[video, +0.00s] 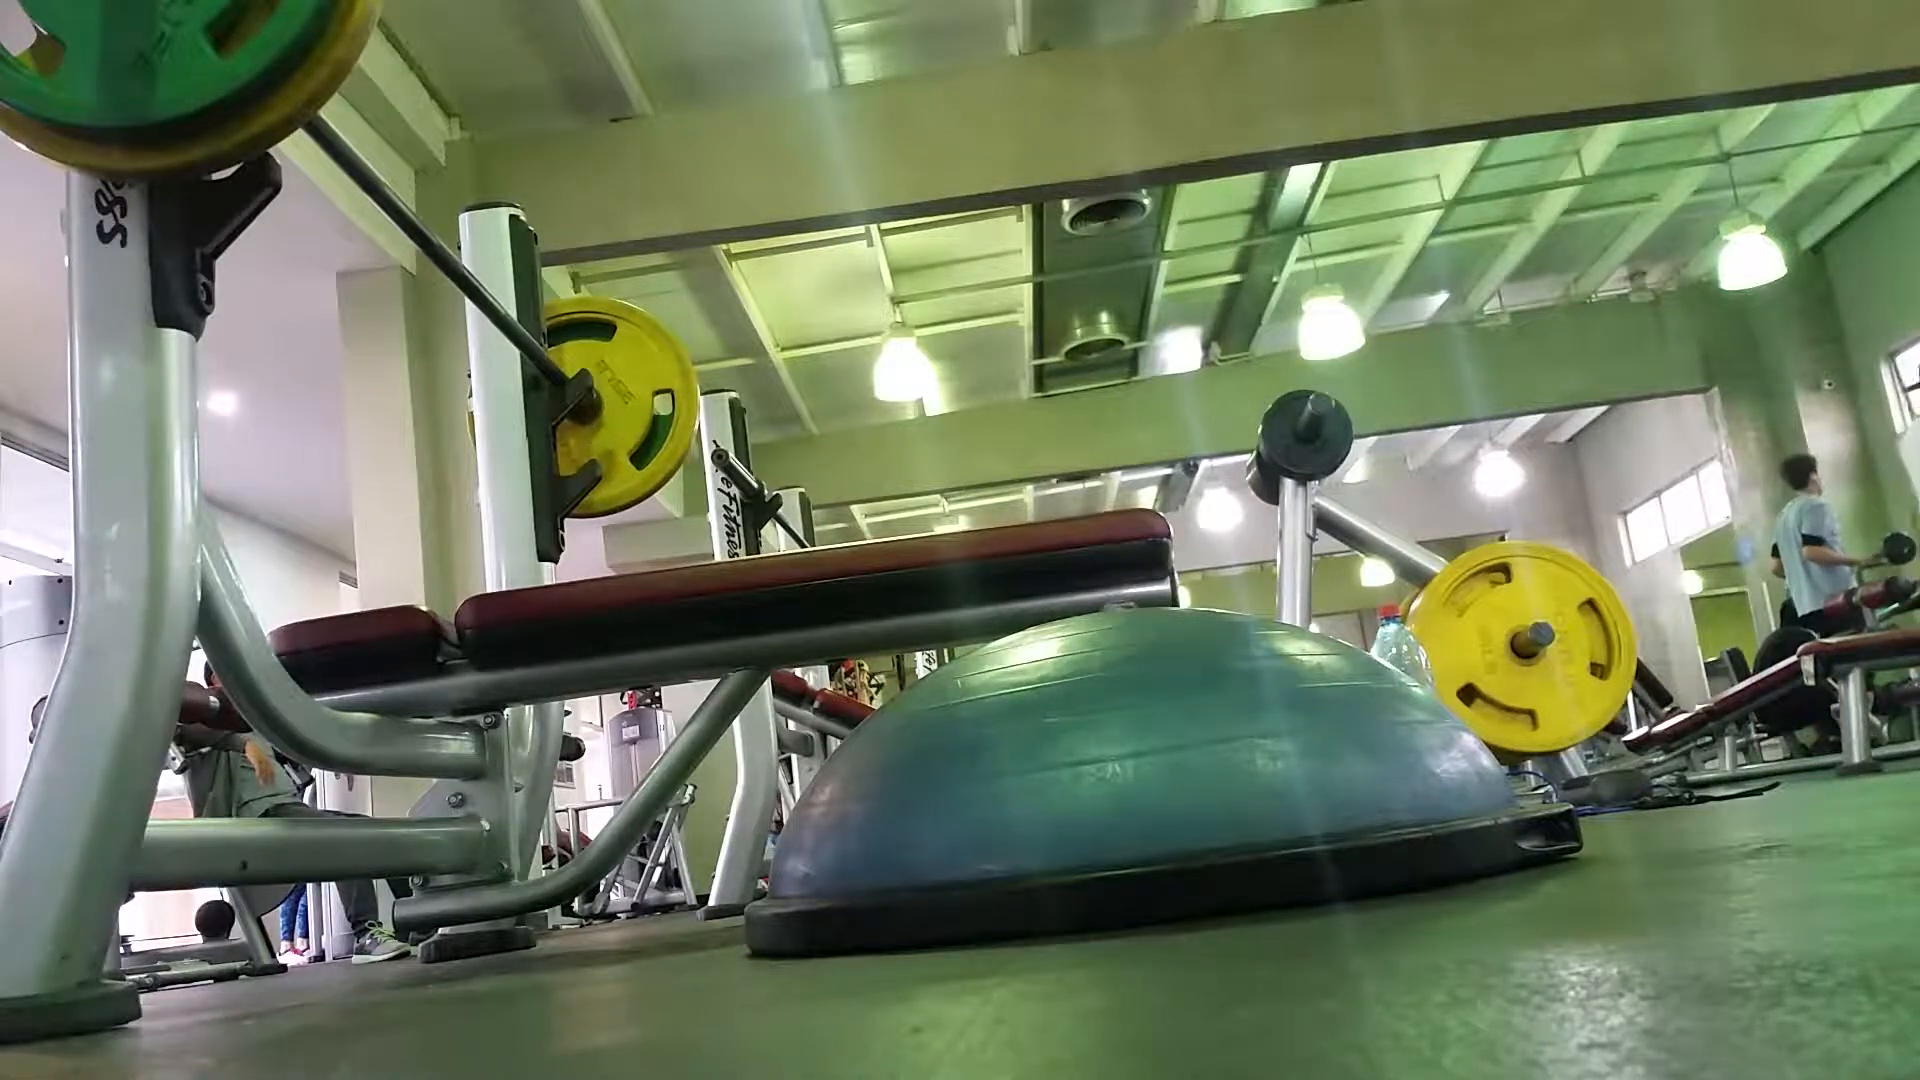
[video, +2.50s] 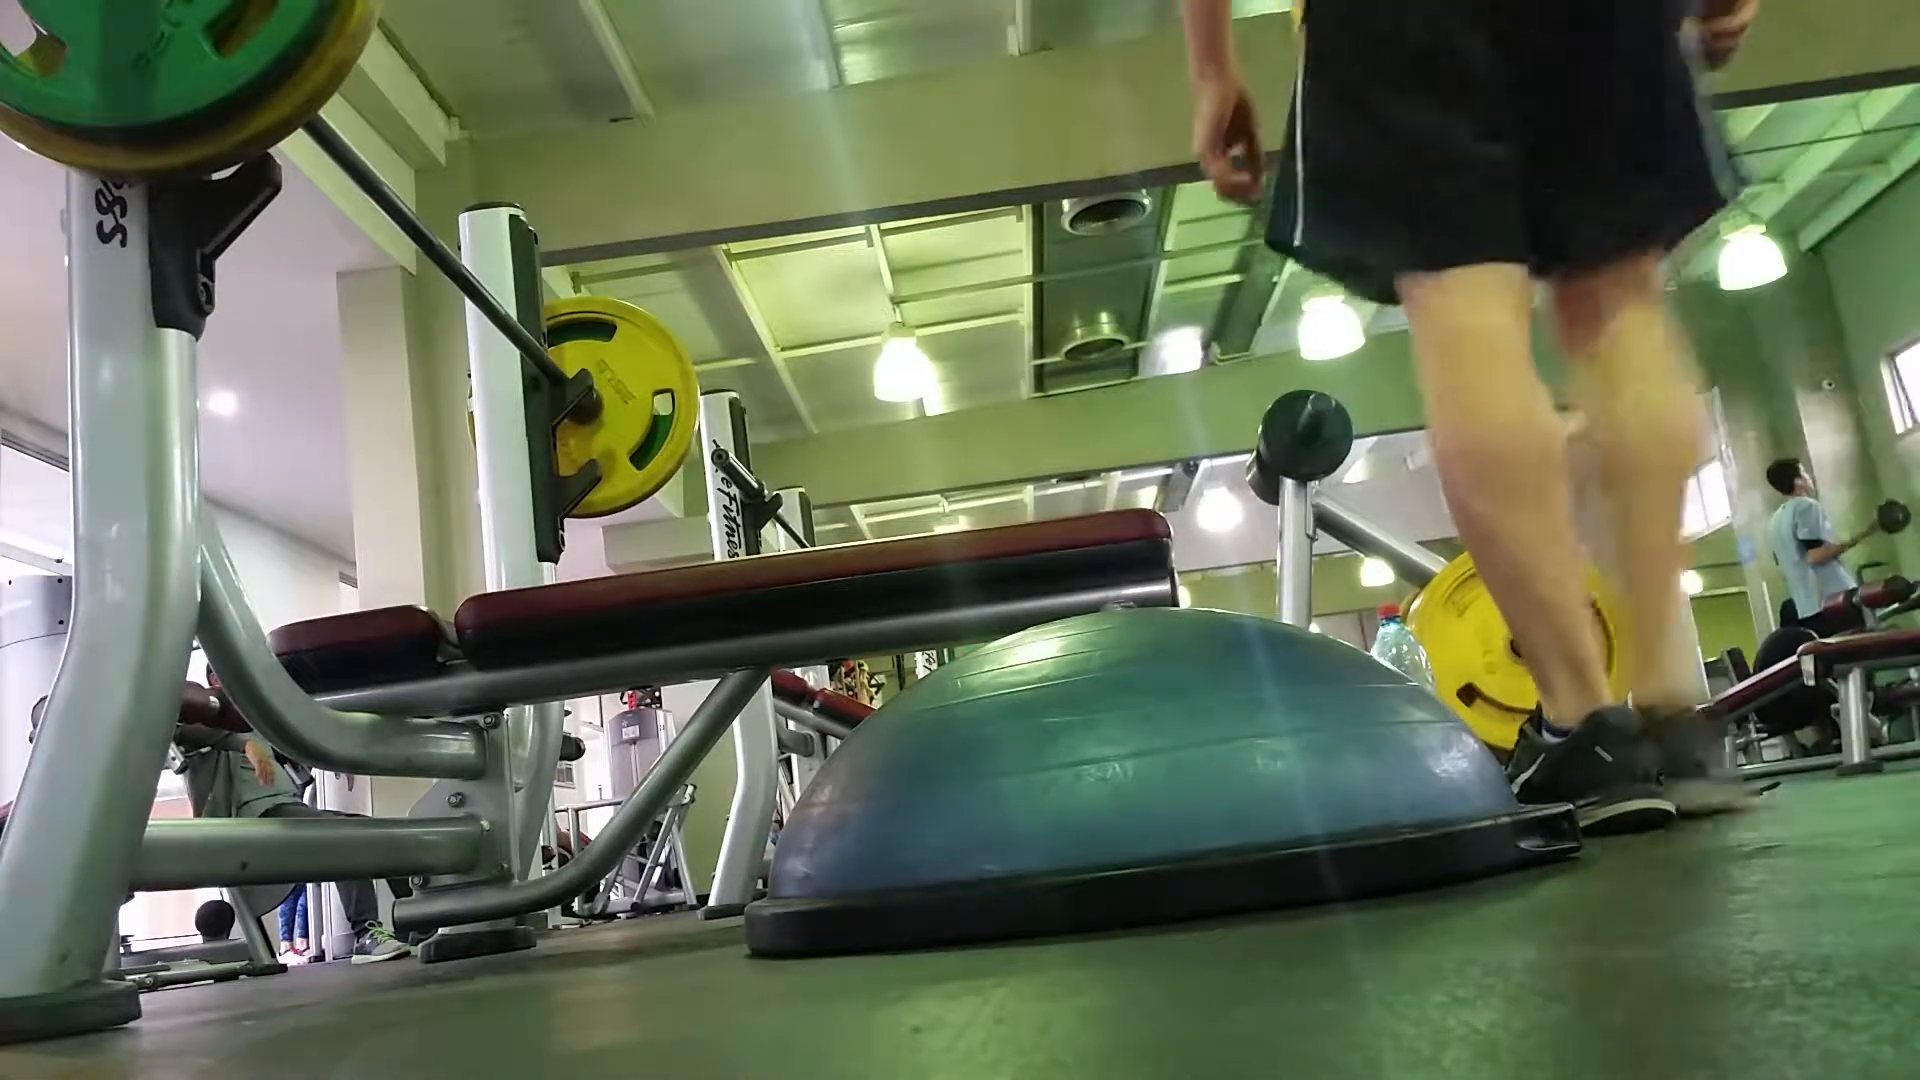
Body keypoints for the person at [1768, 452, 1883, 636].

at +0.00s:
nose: (1821, 479)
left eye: (1818, 473)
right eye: (1817, 473)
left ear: (1791, 481)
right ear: (1812, 477)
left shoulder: (1784, 515)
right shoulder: (1815, 505)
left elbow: (1777, 567)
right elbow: (1812, 551)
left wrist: (1806, 575)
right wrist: (1857, 561)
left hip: (1806, 611)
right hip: (1835, 605)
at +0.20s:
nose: (1816, 487)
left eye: (1815, 481)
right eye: (1815, 482)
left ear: (1787, 483)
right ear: (1811, 483)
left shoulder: (1775, 516)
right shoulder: (1806, 512)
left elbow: (1778, 559)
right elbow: (1821, 561)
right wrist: (1866, 548)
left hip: (1810, 612)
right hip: (1836, 607)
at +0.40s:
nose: (1810, 489)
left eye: (1810, 483)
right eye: (1810, 484)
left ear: (1780, 485)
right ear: (1805, 486)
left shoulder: (1769, 520)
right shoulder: (1805, 512)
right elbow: (1833, 556)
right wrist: (1864, 529)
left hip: (1810, 612)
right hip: (1838, 605)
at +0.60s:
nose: (1814, 486)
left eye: (1812, 480)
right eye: (1812, 480)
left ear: (1784, 486)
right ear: (1808, 483)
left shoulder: (1773, 520)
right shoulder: (1810, 509)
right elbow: (1839, 551)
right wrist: (1855, 511)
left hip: (1810, 609)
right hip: (1838, 604)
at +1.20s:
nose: (1811, 476)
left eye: (1807, 471)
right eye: (1806, 472)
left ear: (1784, 486)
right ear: (1798, 480)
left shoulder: (1776, 519)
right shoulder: (1811, 508)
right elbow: (1849, 545)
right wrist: (1839, 503)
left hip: (1811, 608)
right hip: (1838, 601)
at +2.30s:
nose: (1810, 477)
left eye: (1807, 472)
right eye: (1806, 472)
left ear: (1781, 484)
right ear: (1797, 478)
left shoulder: (1775, 517)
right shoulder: (1806, 509)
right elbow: (1832, 551)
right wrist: (1847, 512)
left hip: (1807, 606)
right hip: (1834, 599)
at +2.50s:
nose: (1810, 477)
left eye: (1806, 472)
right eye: (1804, 473)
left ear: (1781, 488)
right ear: (1798, 481)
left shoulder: (1775, 520)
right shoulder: (1806, 506)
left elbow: (1781, 564)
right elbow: (1815, 555)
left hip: (1808, 610)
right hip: (1835, 602)